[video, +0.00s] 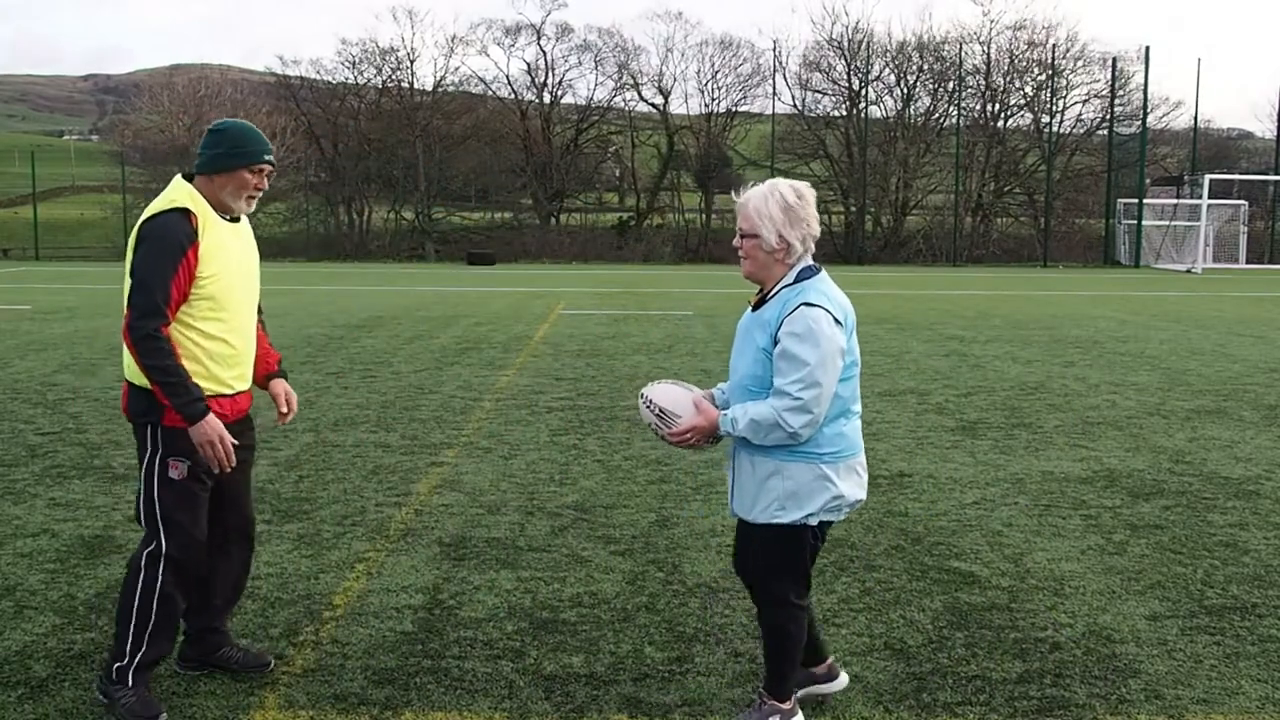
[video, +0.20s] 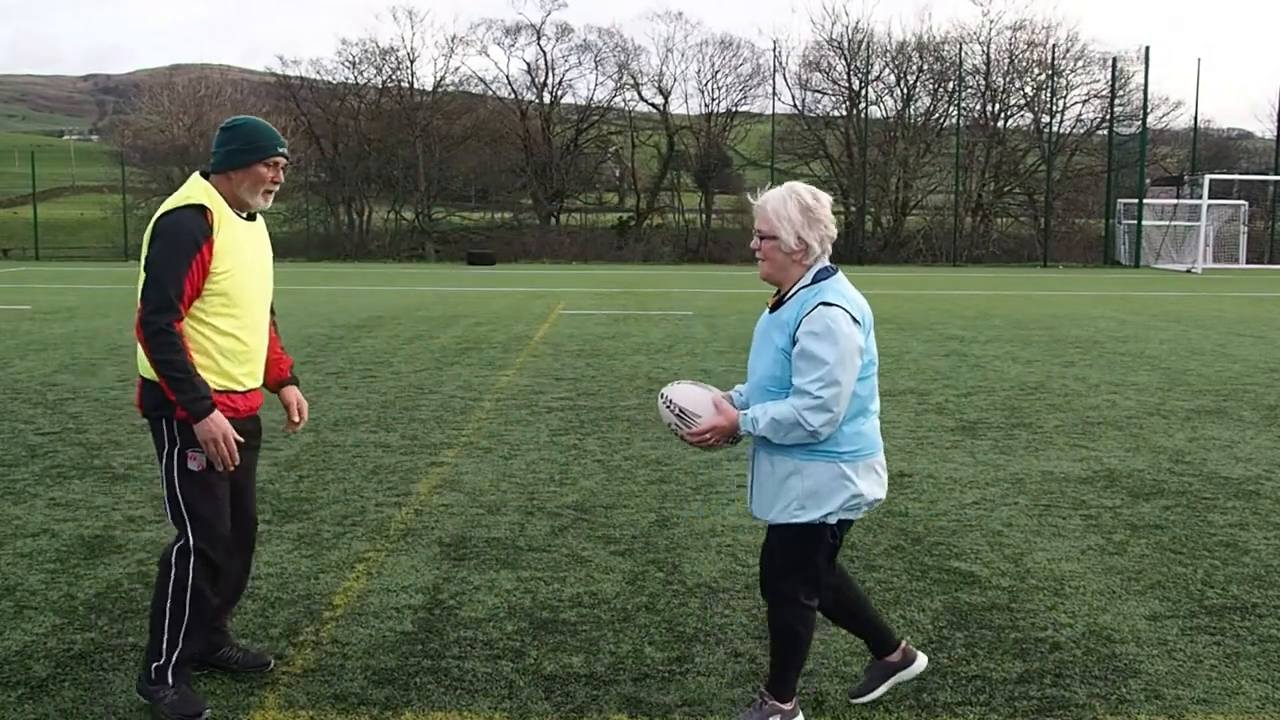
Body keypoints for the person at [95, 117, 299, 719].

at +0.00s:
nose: (263, 184)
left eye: (266, 174)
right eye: (254, 173)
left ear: (252, 176)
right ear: (217, 169)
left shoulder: (236, 226)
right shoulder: (172, 223)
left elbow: (241, 309)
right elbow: (144, 329)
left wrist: (272, 372)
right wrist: (195, 413)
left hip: (229, 409)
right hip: (172, 413)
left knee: (229, 532)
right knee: (171, 545)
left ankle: (206, 642)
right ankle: (126, 677)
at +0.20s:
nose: (277, 178)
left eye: (281, 169)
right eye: (269, 167)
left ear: (268, 172)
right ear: (232, 164)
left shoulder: (251, 223)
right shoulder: (187, 218)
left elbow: (254, 313)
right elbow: (157, 323)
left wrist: (284, 380)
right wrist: (201, 412)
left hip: (237, 407)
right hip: (187, 410)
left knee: (237, 535)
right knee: (201, 542)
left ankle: (207, 637)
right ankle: (163, 675)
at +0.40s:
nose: (290, 181)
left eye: (293, 171)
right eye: (281, 170)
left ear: (276, 174)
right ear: (244, 168)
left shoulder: (261, 226)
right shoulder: (198, 221)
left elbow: (262, 314)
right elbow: (168, 326)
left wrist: (288, 387)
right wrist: (214, 414)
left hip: (242, 408)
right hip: (193, 412)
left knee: (238, 536)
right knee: (210, 549)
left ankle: (223, 643)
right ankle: (215, 690)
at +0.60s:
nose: (296, 181)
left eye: (299, 170)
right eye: (287, 169)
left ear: (267, 171)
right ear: (249, 168)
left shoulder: (257, 223)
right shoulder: (205, 225)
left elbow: (262, 316)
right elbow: (185, 336)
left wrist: (292, 389)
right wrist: (230, 427)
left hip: (250, 410)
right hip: (205, 416)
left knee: (251, 538)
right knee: (228, 551)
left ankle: (218, 642)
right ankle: (219, 692)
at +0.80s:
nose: (301, 175)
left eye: (302, 164)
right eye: (292, 164)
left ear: (263, 166)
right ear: (254, 165)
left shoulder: (259, 220)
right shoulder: (212, 226)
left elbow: (265, 316)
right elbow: (202, 339)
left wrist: (292, 386)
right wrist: (243, 436)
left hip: (265, 411)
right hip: (215, 417)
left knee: (280, 529)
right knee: (231, 554)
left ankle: (239, 643)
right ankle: (220, 692)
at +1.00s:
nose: (311, 174)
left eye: (313, 164)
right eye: (302, 163)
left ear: (276, 166)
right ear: (264, 163)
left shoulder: (271, 221)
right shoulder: (223, 225)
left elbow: (276, 316)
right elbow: (211, 337)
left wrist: (303, 386)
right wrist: (253, 434)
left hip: (272, 412)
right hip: (225, 419)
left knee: (282, 548)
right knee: (240, 557)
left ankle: (269, 662)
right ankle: (222, 693)